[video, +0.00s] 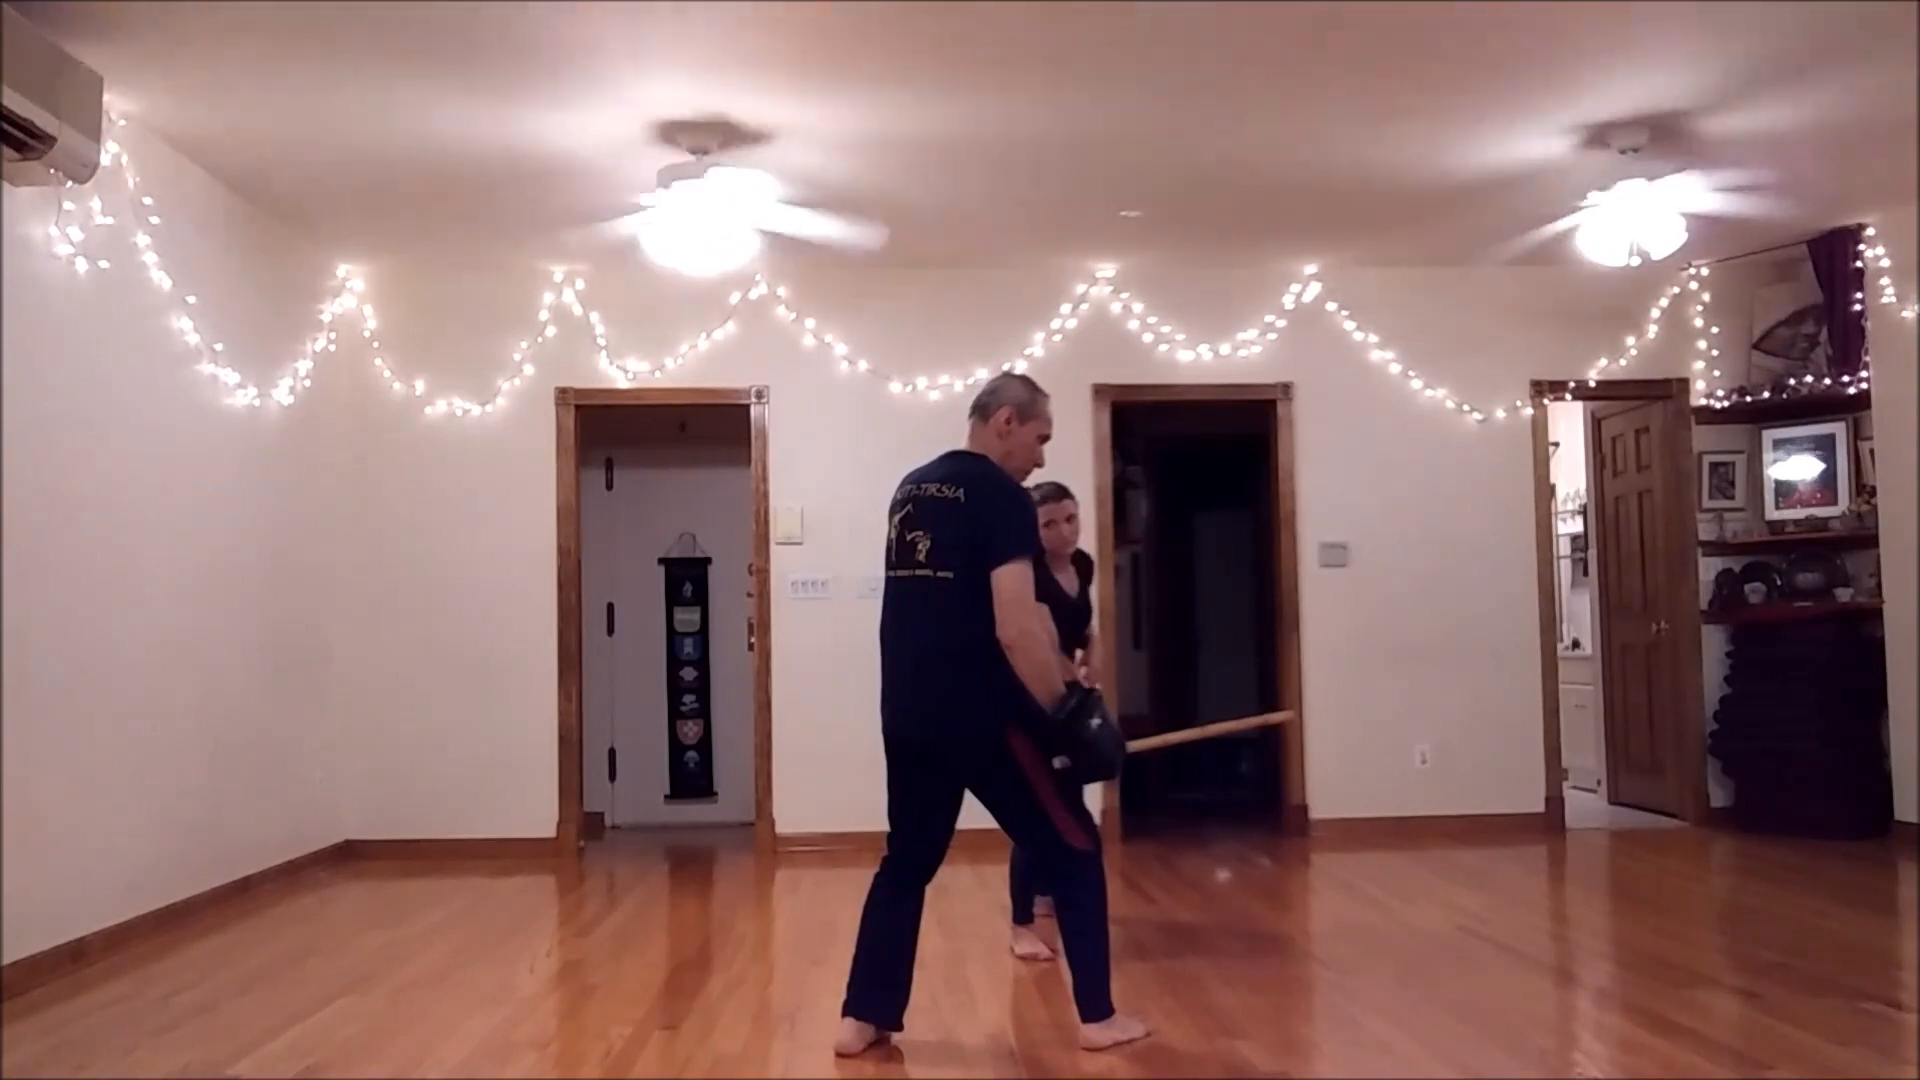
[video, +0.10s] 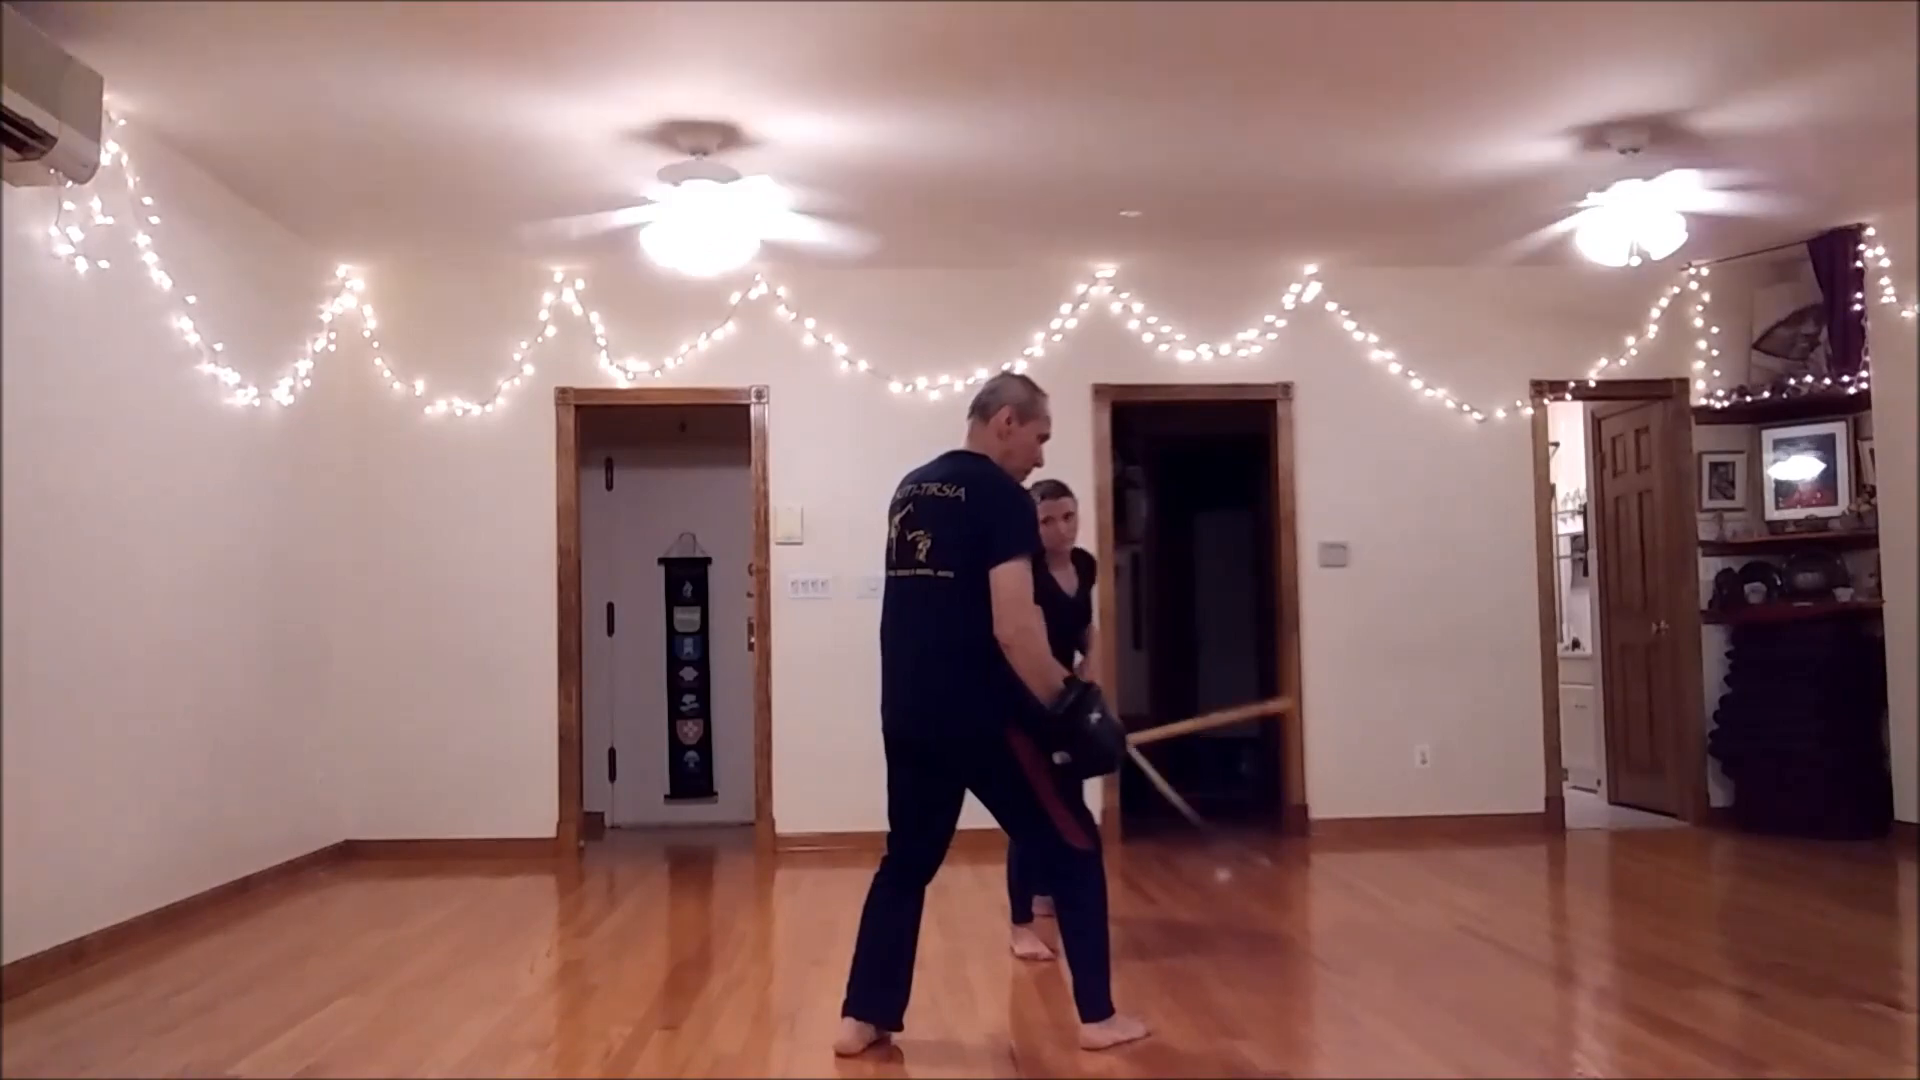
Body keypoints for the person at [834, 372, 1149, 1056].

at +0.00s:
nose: (1042, 455)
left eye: (1047, 442)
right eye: (1040, 439)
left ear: (985, 422)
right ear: (1003, 423)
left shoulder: (913, 487)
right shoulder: (999, 496)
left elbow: (926, 613)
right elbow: (1018, 627)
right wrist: (1066, 711)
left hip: (910, 711)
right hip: (982, 710)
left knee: (907, 858)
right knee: (1075, 846)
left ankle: (864, 1018)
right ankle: (1098, 1017)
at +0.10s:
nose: (1042, 453)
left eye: (1046, 440)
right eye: (1040, 437)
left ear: (983, 422)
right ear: (1004, 423)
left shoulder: (913, 487)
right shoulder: (1000, 496)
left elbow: (927, 614)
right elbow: (1014, 627)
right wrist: (1071, 707)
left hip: (910, 711)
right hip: (982, 711)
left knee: (907, 858)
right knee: (1075, 845)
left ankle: (864, 1017)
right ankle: (1098, 1016)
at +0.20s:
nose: (1044, 454)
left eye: (1047, 441)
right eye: (1043, 439)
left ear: (984, 424)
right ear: (1011, 425)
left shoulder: (915, 488)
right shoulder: (1007, 496)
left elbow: (923, 614)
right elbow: (1012, 623)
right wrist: (1072, 698)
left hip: (913, 711)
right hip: (989, 708)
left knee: (906, 856)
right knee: (1080, 844)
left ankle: (864, 1017)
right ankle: (1100, 1014)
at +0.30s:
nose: (1050, 452)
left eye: (1052, 440)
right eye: (1049, 438)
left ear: (987, 424)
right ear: (1025, 426)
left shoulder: (922, 490)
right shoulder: (1022, 496)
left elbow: (930, 607)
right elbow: (1023, 616)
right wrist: (1081, 670)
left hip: (921, 710)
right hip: (1004, 707)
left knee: (906, 858)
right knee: (1093, 841)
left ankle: (864, 1017)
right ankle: (1114, 1002)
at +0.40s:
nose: (1063, 449)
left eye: (1063, 438)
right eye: (1062, 437)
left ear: (998, 427)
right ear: (1046, 432)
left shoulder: (936, 495)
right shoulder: (1053, 502)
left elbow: (913, 612)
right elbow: (1059, 619)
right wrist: (1103, 651)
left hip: (939, 713)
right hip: (1027, 712)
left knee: (908, 861)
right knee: (1099, 860)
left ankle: (864, 1017)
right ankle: (1134, 1015)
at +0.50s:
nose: (1083, 445)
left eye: (1071, 434)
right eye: (1083, 434)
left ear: (1019, 429)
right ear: (1078, 432)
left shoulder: (963, 496)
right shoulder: (1097, 504)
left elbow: (922, 616)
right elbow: (1114, 622)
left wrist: (981, 590)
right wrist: (1152, 625)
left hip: (967, 717)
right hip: (1055, 717)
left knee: (914, 862)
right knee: (1109, 865)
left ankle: (866, 1017)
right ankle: (1137, 1020)